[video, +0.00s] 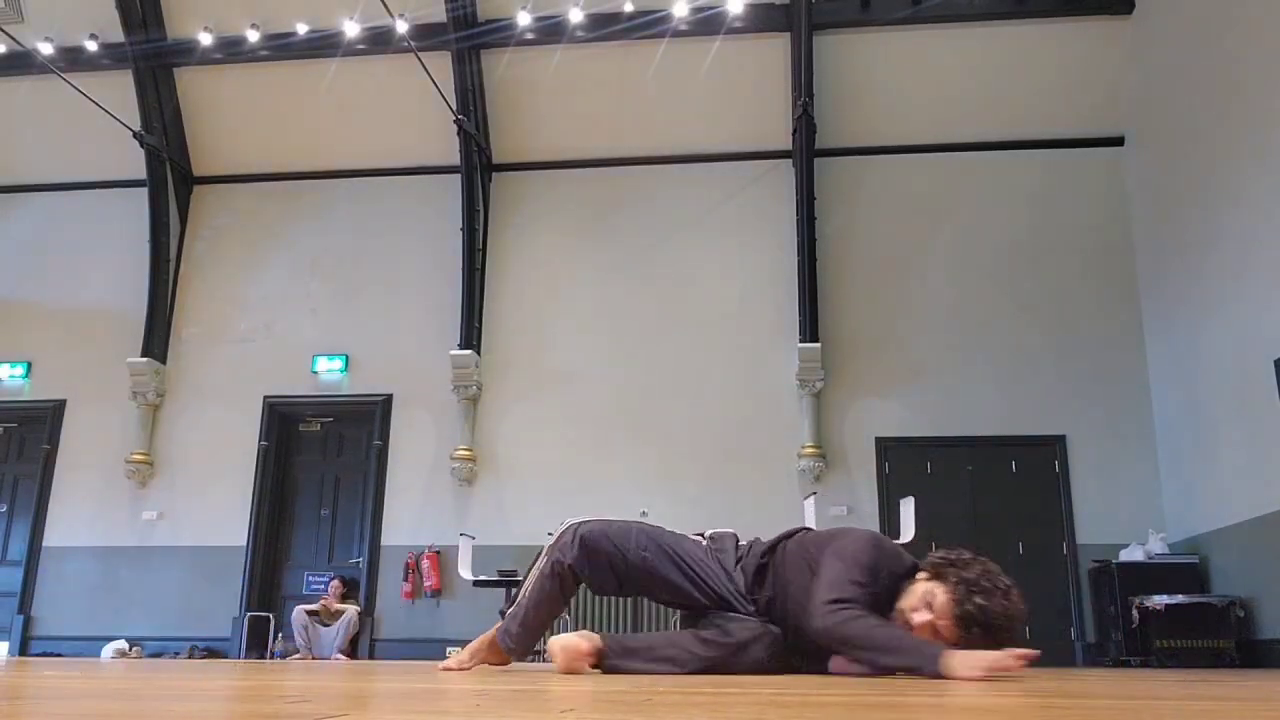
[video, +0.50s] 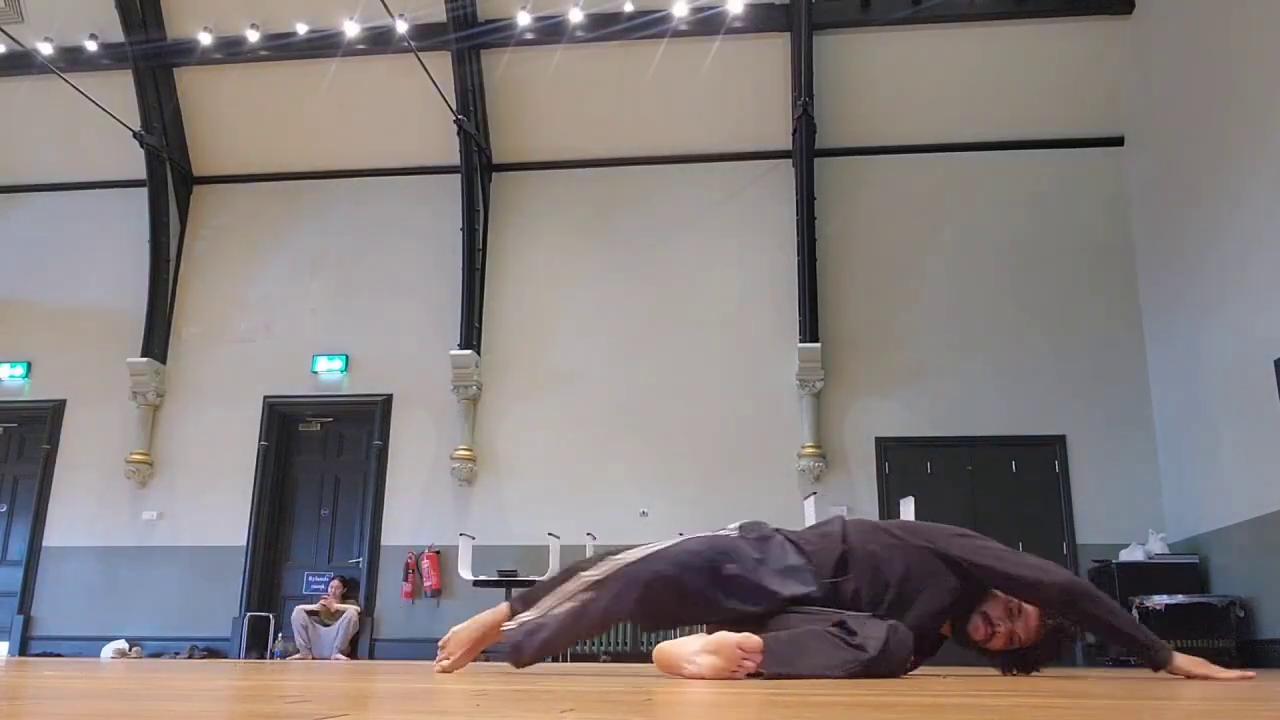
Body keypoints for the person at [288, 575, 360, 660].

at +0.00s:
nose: (333, 591)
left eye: (337, 588)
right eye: (331, 587)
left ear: (344, 590)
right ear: (328, 589)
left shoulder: (349, 603)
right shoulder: (323, 604)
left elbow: (357, 610)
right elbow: (298, 608)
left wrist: (335, 606)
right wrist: (318, 607)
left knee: (352, 614)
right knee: (297, 612)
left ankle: (337, 653)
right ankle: (304, 652)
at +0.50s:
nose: (333, 591)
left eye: (337, 588)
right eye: (331, 587)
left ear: (344, 590)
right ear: (328, 589)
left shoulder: (349, 603)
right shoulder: (323, 603)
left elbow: (357, 610)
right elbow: (297, 608)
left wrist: (335, 606)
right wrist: (317, 607)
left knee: (352, 614)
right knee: (297, 612)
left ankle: (337, 653)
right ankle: (304, 652)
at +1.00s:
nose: (333, 591)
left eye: (337, 588)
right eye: (331, 587)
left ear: (343, 590)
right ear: (328, 589)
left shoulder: (349, 603)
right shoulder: (323, 603)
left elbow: (357, 610)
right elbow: (297, 608)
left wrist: (335, 607)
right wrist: (317, 607)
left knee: (352, 613)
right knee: (297, 612)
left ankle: (336, 653)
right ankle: (304, 652)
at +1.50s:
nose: (333, 591)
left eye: (337, 588)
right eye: (331, 588)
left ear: (344, 590)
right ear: (328, 589)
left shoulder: (349, 602)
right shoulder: (323, 603)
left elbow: (357, 610)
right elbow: (297, 608)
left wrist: (334, 606)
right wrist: (318, 607)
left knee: (352, 614)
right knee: (297, 612)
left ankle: (336, 653)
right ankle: (304, 653)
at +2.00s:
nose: (333, 591)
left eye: (337, 588)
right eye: (331, 588)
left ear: (344, 590)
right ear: (328, 589)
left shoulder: (348, 602)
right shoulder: (323, 602)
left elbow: (357, 610)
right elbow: (297, 608)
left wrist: (334, 606)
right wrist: (316, 607)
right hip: (316, 637)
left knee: (352, 614)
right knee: (297, 612)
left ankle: (336, 653)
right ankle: (304, 653)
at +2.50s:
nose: (333, 591)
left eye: (337, 588)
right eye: (331, 588)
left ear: (343, 590)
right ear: (328, 589)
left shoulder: (349, 602)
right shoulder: (323, 602)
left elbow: (357, 610)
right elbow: (297, 608)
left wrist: (334, 606)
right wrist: (315, 607)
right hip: (316, 636)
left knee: (352, 614)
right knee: (297, 612)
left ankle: (336, 653)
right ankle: (304, 653)